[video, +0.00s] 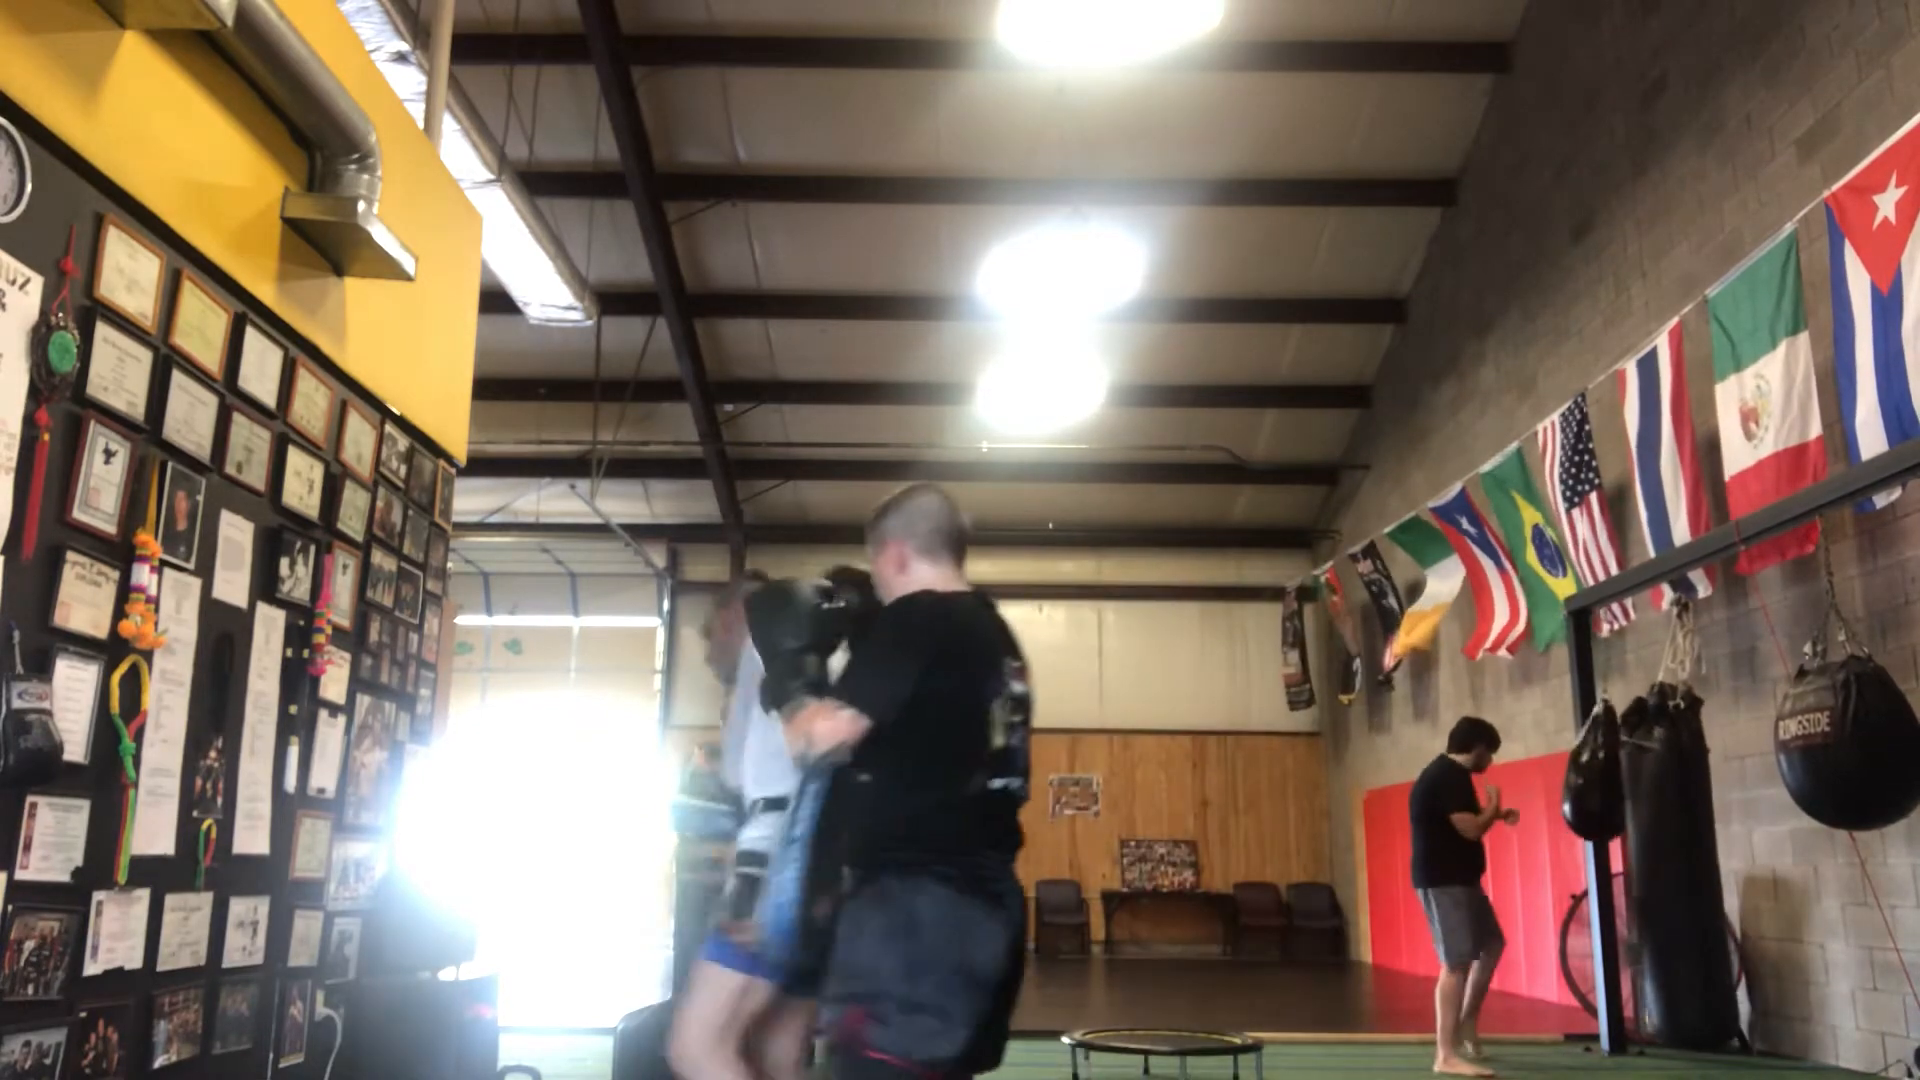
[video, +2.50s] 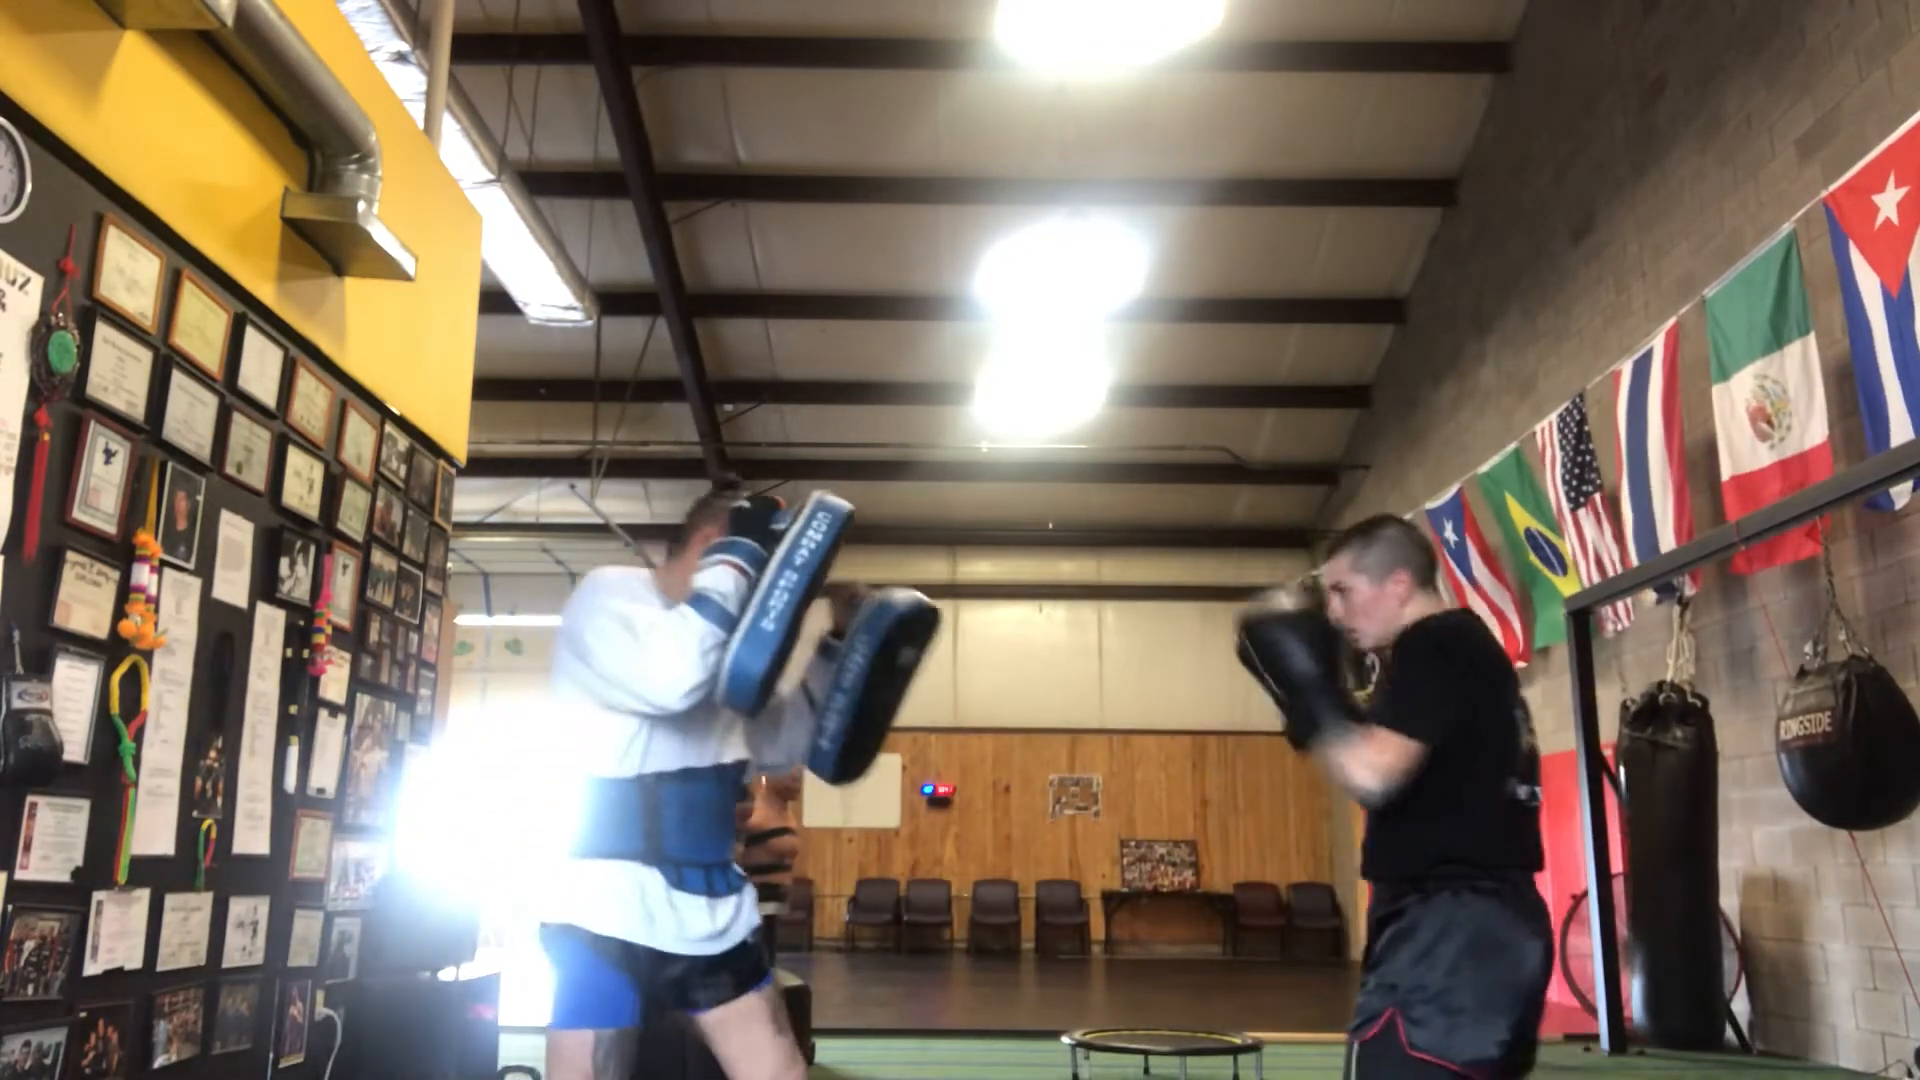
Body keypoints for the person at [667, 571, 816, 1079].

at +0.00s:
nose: (712, 637)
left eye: (719, 623)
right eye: (713, 624)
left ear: (742, 617)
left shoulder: (767, 671)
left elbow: (773, 789)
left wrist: (745, 895)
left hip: (777, 874)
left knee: (697, 1045)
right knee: (782, 1052)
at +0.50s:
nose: (615, 605)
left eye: (634, 590)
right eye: (612, 590)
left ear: (680, 593)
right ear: (608, 591)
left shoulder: (714, 670)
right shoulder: (652, 666)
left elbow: (749, 801)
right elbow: (645, 755)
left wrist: (706, 923)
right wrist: (585, 751)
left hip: (679, 895)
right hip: (620, 888)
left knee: (637, 1066)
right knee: (554, 1045)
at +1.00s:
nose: (593, 597)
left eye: (607, 580)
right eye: (575, 580)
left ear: (623, 584)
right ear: (546, 586)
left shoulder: (663, 660)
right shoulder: (503, 659)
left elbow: (707, 774)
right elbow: (434, 756)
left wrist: (726, 873)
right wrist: (469, 763)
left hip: (631, 889)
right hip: (522, 887)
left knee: (604, 1067)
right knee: (488, 1068)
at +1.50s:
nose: (711, 599)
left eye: (722, 587)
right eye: (702, 577)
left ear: (726, 592)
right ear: (653, 563)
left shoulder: (706, 670)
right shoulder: (557, 626)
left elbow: (705, 798)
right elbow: (460, 737)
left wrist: (741, 877)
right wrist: (574, 730)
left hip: (652, 918)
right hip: (530, 907)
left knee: (652, 1072)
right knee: (487, 1073)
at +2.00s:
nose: (719, 570)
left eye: (723, 555)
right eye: (703, 549)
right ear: (646, 543)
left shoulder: (703, 645)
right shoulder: (556, 615)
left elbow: (728, 762)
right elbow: (475, 741)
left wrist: (790, 737)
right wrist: (591, 694)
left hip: (680, 917)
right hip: (566, 910)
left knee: (672, 1072)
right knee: (560, 1073)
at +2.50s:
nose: (729, 568)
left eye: (744, 558)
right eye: (722, 552)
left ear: (744, 565)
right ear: (694, 543)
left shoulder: (731, 644)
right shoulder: (607, 593)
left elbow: (777, 746)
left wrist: (840, 643)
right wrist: (738, 560)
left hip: (713, 911)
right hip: (602, 910)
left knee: (776, 1069)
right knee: (581, 1072)